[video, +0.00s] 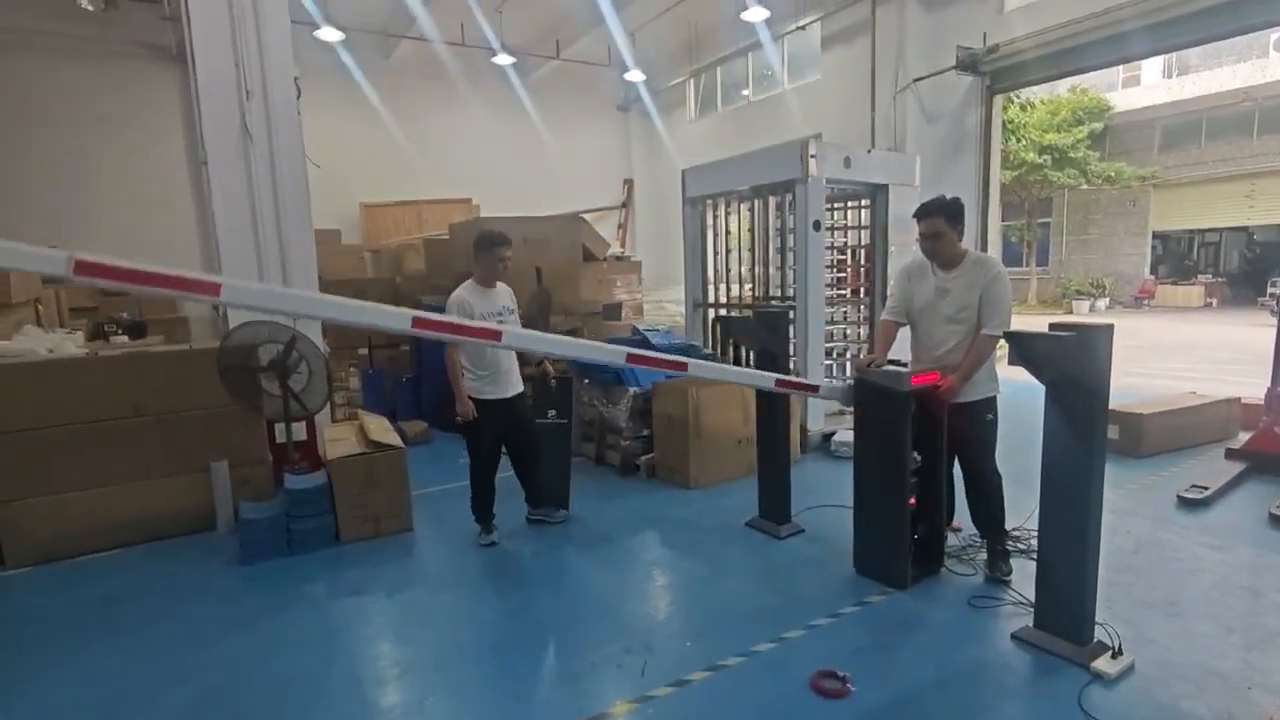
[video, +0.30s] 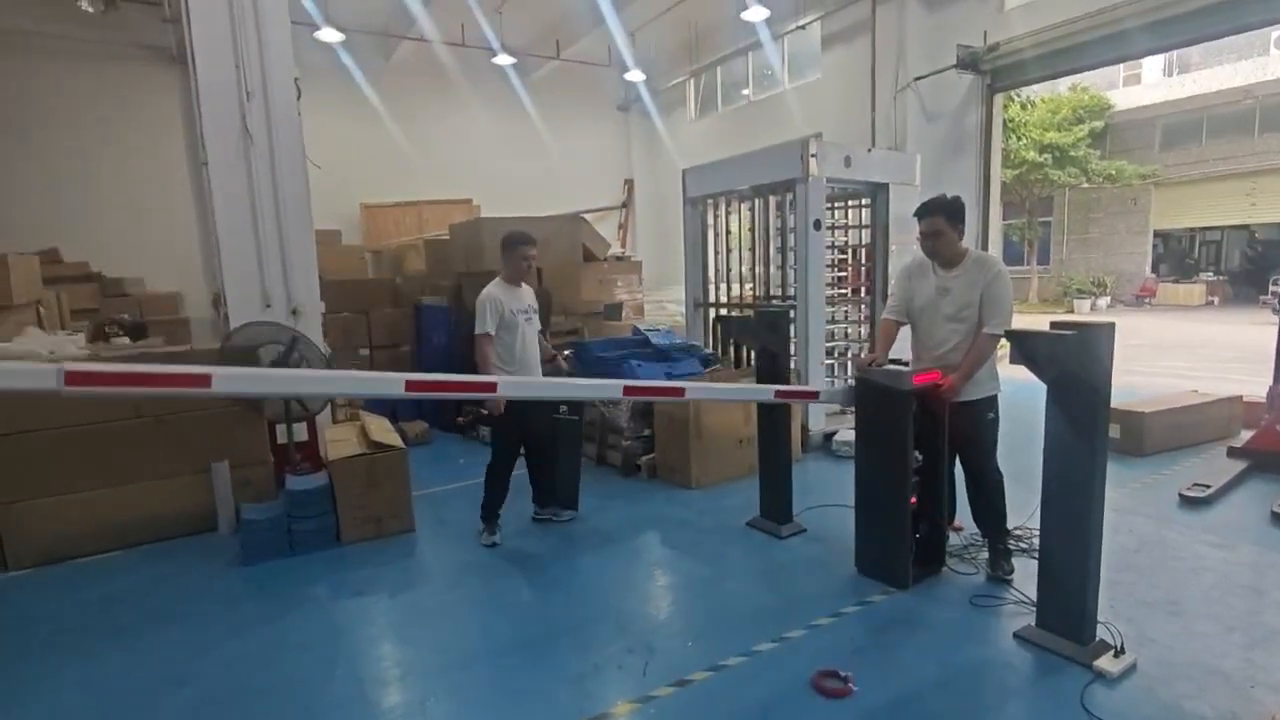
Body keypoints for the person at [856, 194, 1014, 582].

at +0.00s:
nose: (924, 245)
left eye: (932, 237)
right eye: (920, 237)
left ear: (958, 233)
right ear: (918, 234)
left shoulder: (989, 272)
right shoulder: (911, 271)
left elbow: (991, 333)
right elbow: (891, 318)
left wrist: (959, 376)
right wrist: (878, 354)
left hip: (974, 393)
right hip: (926, 393)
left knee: (980, 474)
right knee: (931, 474)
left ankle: (996, 546)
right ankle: (928, 551)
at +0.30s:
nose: (924, 244)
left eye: (932, 236)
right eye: (921, 236)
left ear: (958, 232)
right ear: (919, 234)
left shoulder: (990, 271)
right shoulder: (912, 270)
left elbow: (991, 332)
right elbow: (891, 317)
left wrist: (960, 376)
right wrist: (878, 354)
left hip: (975, 393)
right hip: (927, 393)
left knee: (982, 473)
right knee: (932, 474)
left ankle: (998, 545)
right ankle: (930, 551)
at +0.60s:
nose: (924, 243)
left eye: (932, 235)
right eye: (921, 235)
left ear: (958, 231)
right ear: (919, 232)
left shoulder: (990, 270)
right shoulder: (913, 269)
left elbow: (991, 332)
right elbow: (891, 316)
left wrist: (960, 375)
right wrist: (879, 353)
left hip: (975, 392)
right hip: (927, 392)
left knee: (983, 472)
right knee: (932, 474)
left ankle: (998, 545)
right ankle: (930, 552)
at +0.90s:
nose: (920, 241)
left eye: (927, 234)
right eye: (918, 234)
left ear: (956, 231)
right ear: (921, 231)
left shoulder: (990, 269)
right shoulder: (913, 268)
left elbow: (992, 331)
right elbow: (892, 314)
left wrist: (961, 375)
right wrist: (880, 351)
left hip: (976, 392)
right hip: (928, 392)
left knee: (983, 472)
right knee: (933, 474)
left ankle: (998, 545)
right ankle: (931, 550)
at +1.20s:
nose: (918, 241)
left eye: (925, 234)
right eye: (916, 234)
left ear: (955, 231)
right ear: (922, 231)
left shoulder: (990, 268)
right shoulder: (912, 268)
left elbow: (992, 331)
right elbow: (892, 314)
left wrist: (960, 374)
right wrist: (880, 351)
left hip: (975, 390)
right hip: (927, 391)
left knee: (982, 471)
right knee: (933, 472)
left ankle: (998, 544)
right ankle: (931, 546)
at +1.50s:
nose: (916, 241)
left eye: (924, 234)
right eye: (915, 233)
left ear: (953, 232)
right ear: (929, 232)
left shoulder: (989, 268)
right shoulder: (912, 267)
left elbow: (991, 330)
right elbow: (892, 313)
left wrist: (960, 374)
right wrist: (880, 350)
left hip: (975, 389)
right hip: (927, 390)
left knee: (982, 471)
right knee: (932, 471)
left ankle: (997, 543)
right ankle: (930, 545)